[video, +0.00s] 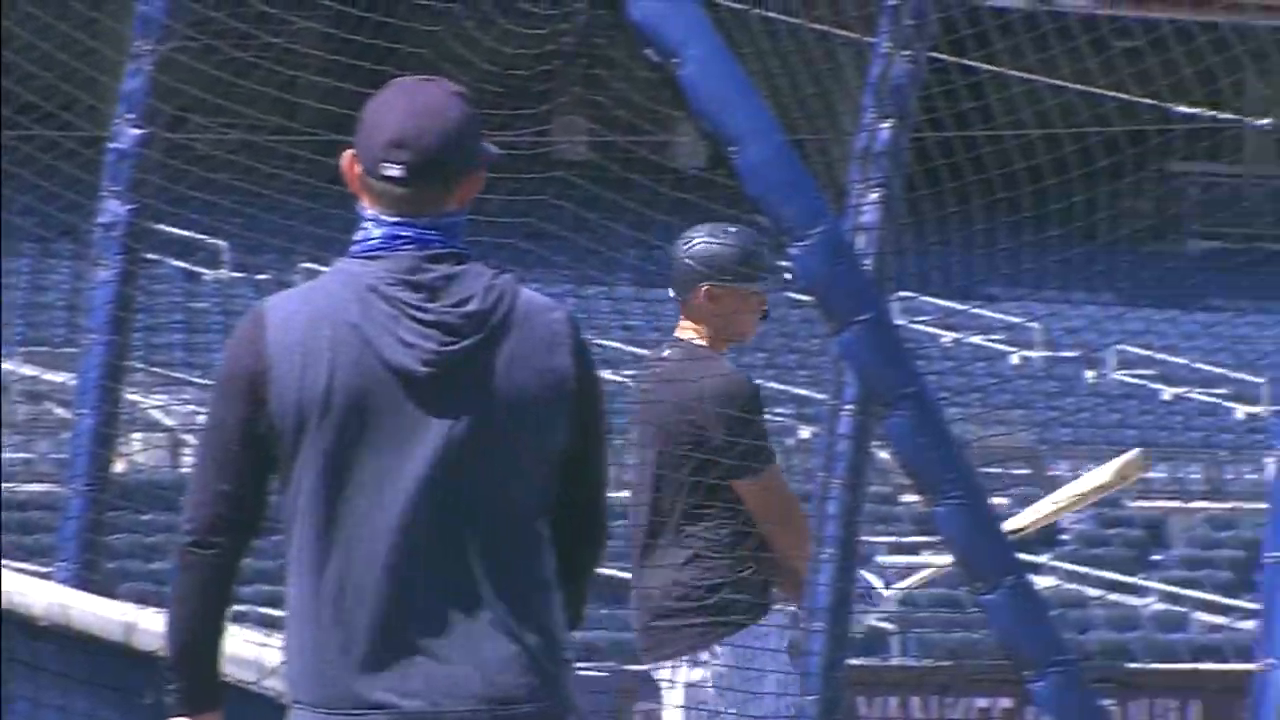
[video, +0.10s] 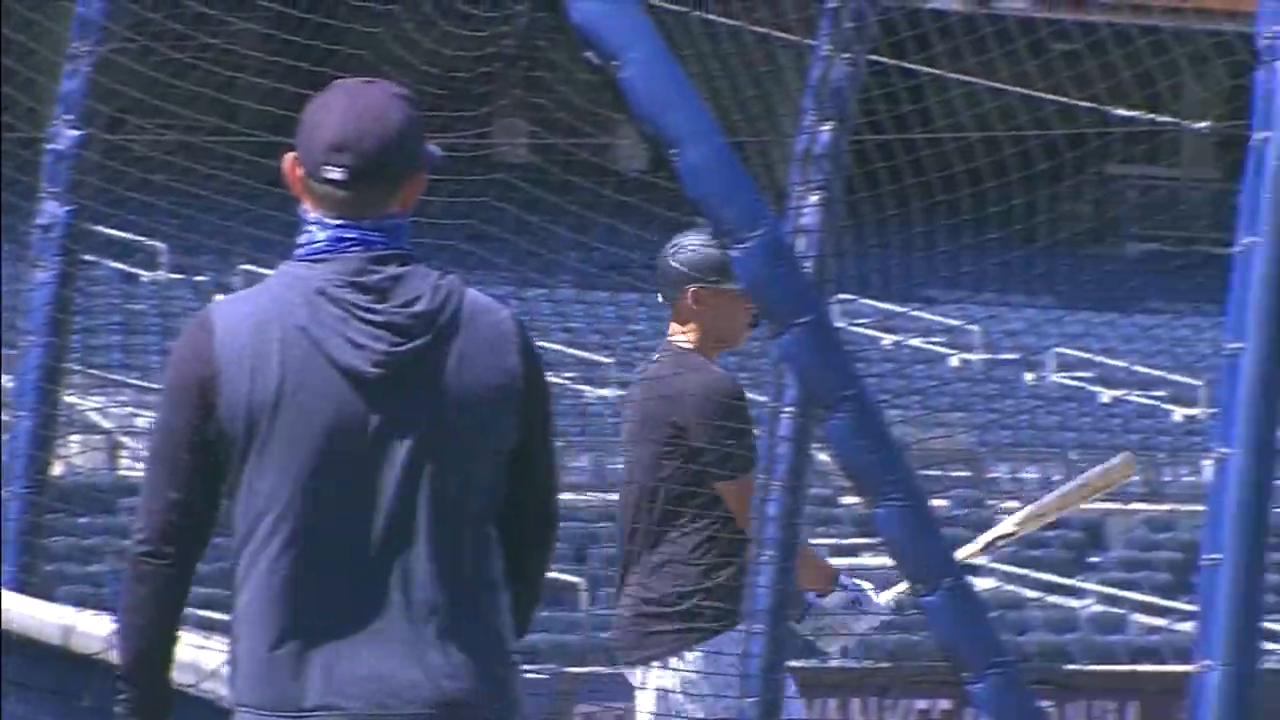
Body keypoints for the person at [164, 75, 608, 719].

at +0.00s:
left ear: (351, 172)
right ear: (473, 188)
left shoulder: (278, 332)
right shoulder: (546, 333)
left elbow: (212, 532)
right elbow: (581, 530)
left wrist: (196, 694)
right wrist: (536, 630)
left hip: (340, 696)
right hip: (513, 695)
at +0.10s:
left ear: (292, 177)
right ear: (417, 190)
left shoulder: (224, 338)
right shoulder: (496, 336)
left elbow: (162, 547)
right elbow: (531, 534)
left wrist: (146, 697)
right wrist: (477, 650)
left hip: (287, 692)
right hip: (458, 693)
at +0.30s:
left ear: (200, 184)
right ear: (324, 193)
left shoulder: (138, 347)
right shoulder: (412, 338)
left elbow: (89, 563)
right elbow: (454, 542)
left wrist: (89, 702)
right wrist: (411, 657)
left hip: (200, 699)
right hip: (379, 695)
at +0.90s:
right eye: (379, 153)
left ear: (249, 175)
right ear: (371, 175)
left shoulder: (175, 326)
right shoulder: (455, 320)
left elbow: (136, 531)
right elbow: (508, 522)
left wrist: (159, 690)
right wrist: (506, 681)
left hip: (233, 697)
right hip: (409, 695)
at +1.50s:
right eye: (286, 115)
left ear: (158, 145)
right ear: (280, 135)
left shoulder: (100, 295)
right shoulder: (371, 283)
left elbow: (69, 503)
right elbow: (430, 479)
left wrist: (99, 650)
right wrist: (428, 629)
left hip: (159, 683)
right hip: (339, 680)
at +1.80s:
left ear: (235, 135)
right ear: (358, 126)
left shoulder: (177, 286)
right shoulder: (450, 276)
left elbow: (123, 489)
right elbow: (492, 467)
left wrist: (129, 646)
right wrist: (459, 595)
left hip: (243, 673)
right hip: (419, 674)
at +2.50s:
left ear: (216, 116)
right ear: (341, 132)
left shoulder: (192, 268)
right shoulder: (408, 282)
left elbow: (139, 485)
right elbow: (420, 484)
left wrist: (114, 663)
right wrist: (378, 619)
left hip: (243, 670)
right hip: (384, 669)